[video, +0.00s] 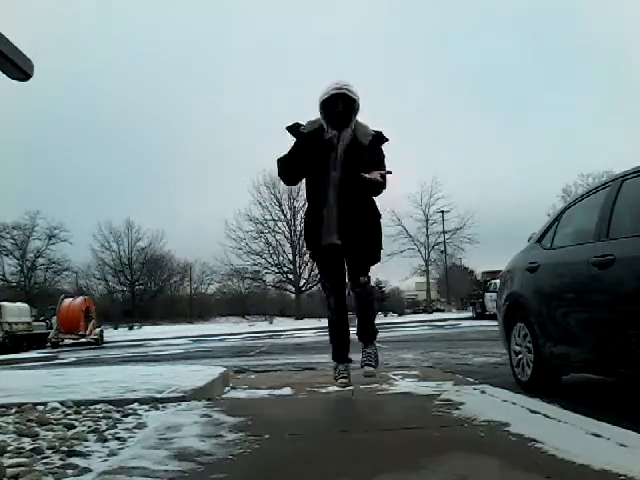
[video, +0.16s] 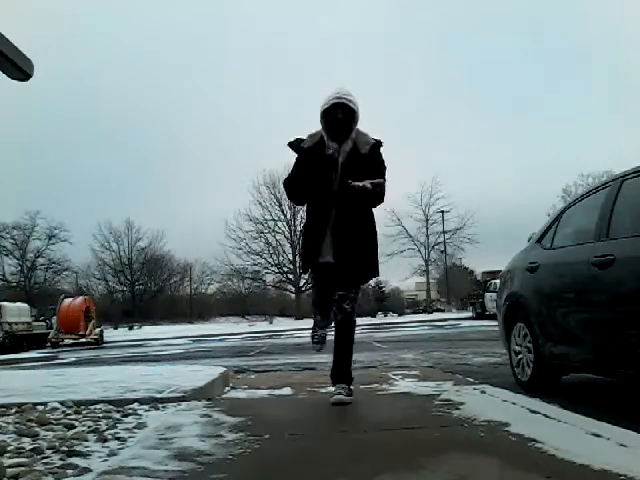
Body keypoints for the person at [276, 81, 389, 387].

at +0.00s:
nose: (339, 112)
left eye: (345, 106)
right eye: (333, 105)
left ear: (354, 109)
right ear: (323, 109)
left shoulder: (367, 141)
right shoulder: (310, 139)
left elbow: (378, 184)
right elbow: (288, 175)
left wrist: (372, 180)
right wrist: (303, 142)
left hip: (358, 227)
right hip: (323, 230)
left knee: (360, 286)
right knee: (335, 296)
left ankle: (368, 345)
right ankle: (341, 363)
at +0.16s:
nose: (338, 122)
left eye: (344, 116)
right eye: (332, 115)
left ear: (354, 119)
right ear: (323, 119)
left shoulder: (368, 150)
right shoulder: (311, 152)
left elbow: (378, 195)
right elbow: (295, 193)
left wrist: (366, 190)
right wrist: (307, 159)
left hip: (354, 244)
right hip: (320, 244)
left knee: (345, 311)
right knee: (323, 302)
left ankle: (342, 381)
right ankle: (321, 323)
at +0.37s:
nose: (339, 122)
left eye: (345, 116)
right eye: (333, 116)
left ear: (355, 119)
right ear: (324, 118)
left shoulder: (367, 152)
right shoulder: (312, 149)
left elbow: (378, 192)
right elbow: (292, 186)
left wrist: (370, 177)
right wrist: (304, 153)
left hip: (352, 237)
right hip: (317, 236)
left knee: (345, 306)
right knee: (316, 296)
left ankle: (343, 379)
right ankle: (337, 312)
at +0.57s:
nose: (342, 129)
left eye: (348, 123)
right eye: (336, 123)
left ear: (358, 128)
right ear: (326, 126)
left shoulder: (365, 163)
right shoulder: (312, 159)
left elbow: (374, 207)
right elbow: (291, 198)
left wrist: (371, 170)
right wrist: (302, 160)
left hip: (353, 251)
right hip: (318, 250)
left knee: (348, 316)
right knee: (325, 315)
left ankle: (347, 384)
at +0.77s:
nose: (330, 127)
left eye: (336, 121)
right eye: (324, 122)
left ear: (345, 124)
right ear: (315, 126)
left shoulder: (360, 149)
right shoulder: (303, 159)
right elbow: (279, 191)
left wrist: (349, 143)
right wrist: (286, 202)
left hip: (357, 245)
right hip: (319, 250)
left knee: (351, 311)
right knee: (322, 308)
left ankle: (348, 379)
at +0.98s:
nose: (316, 119)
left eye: (322, 112)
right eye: (310, 113)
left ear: (333, 112)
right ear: (302, 116)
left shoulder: (348, 136)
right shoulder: (292, 151)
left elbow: (376, 144)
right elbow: (288, 192)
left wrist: (350, 121)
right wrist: (285, 208)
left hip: (353, 234)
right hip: (319, 241)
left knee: (360, 298)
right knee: (328, 310)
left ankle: (382, 326)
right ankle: (335, 372)